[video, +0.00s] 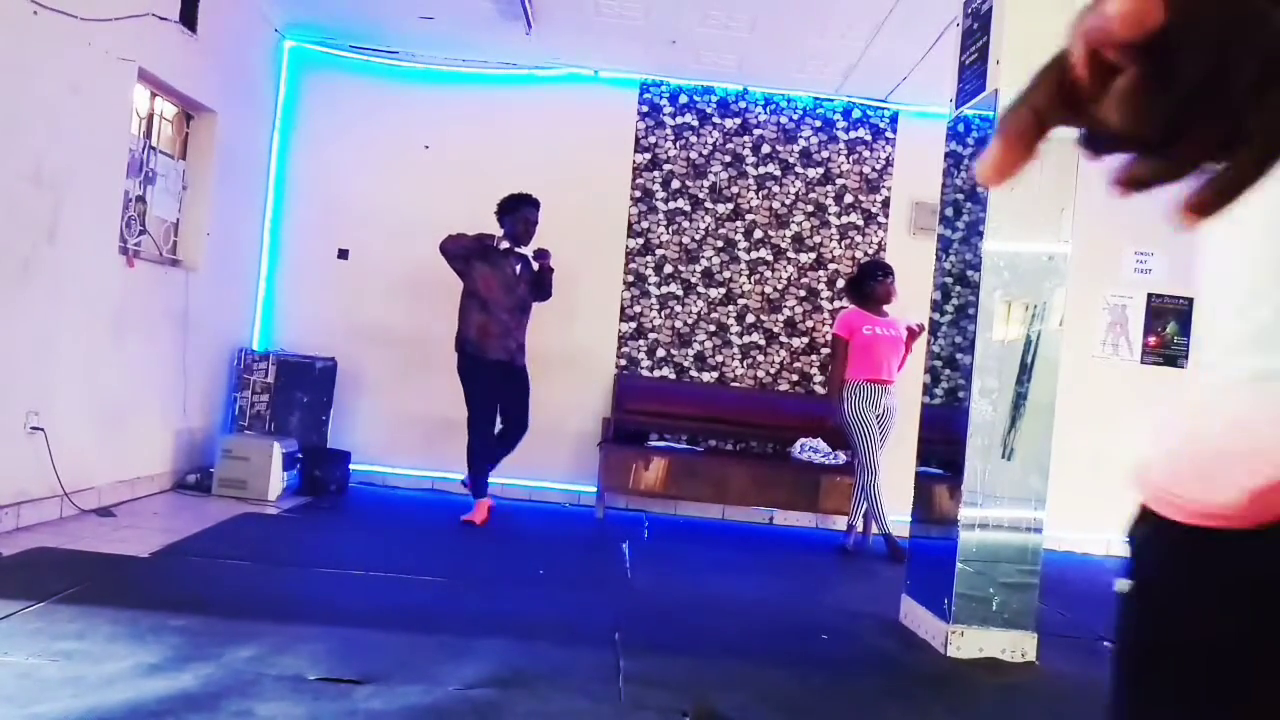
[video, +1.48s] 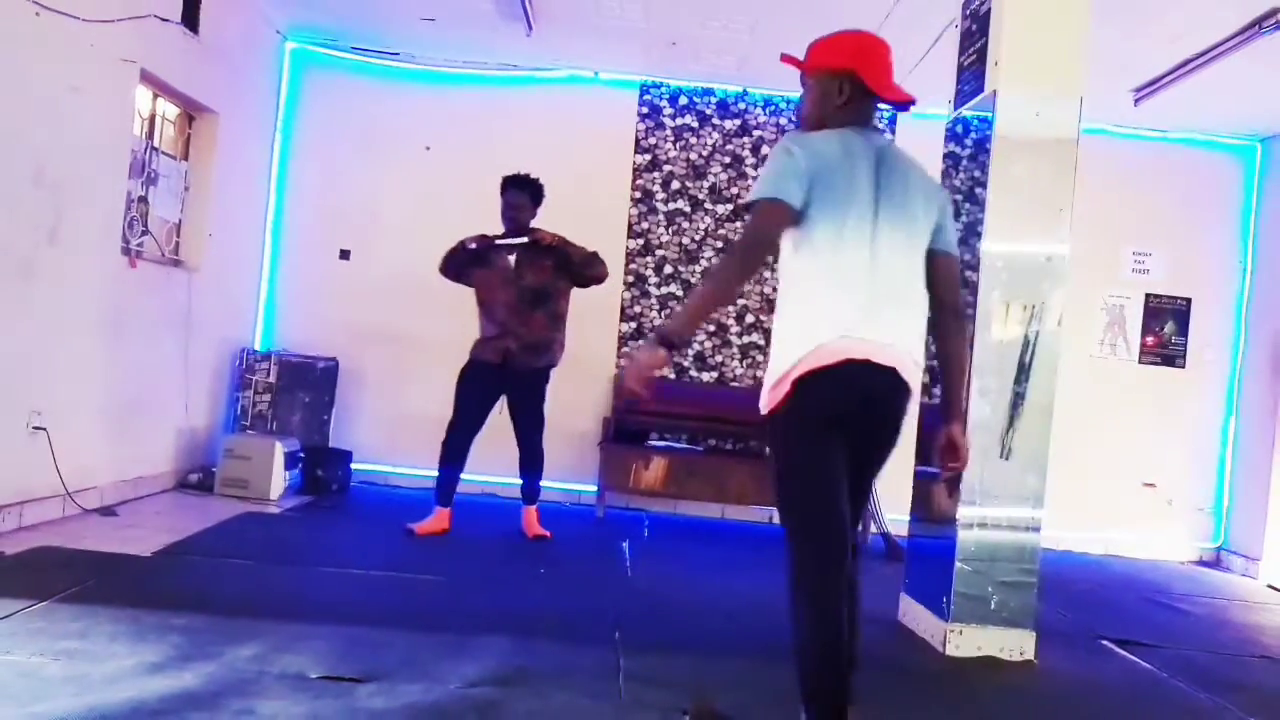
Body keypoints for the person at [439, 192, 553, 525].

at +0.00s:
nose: (532, 228)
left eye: (535, 222)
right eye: (527, 221)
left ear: (534, 226)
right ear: (507, 220)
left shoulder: (527, 267)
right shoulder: (479, 255)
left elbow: (543, 293)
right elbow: (448, 246)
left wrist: (544, 268)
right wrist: (484, 240)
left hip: (511, 357)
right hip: (477, 352)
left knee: (516, 425)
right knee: (481, 424)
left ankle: (477, 472)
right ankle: (481, 499)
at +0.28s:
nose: (534, 223)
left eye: (537, 217)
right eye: (528, 216)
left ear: (537, 221)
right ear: (508, 215)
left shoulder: (532, 263)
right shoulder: (476, 253)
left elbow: (553, 292)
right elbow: (442, 241)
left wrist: (553, 265)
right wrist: (478, 234)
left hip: (518, 361)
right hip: (477, 357)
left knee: (529, 427)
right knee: (477, 428)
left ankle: (519, 504)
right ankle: (479, 502)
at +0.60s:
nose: (537, 220)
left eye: (543, 214)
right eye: (531, 212)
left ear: (547, 218)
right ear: (515, 211)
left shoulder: (554, 264)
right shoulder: (482, 253)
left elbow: (587, 292)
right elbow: (437, 246)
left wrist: (572, 260)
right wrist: (481, 237)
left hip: (526, 361)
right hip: (483, 358)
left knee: (526, 434)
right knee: (481, 430)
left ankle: (528, 512)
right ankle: (480, 501)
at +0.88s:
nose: (540, 212)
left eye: (546, 206)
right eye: (533, 205)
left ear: (556, 211)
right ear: (522, 208)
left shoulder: (572, 260)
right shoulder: (500, 255)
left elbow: (616, 279)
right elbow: (458, 260)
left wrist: (585, 248)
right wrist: (487, 239)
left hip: (541, 365)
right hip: (497, 360)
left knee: (534, 438)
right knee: (484, 430)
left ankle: (530, 512)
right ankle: (482, 496)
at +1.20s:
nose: (526, 208)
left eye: (534, 201)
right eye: (522, 199)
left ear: (549, 204)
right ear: (515, 201)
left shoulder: (570, 251)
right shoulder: (506, 251)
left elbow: (611, 264)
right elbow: (472, 267)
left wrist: (572, 239)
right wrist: (488, 243)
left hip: (545, 358)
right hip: (502, 353)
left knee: (535, 436)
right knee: (476, 425)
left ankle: (529, 515)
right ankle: (444, 504)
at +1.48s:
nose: (510, 214)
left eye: (518, 207)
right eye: (506, 206)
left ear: (534, 209)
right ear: (501, 205)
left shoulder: (555, 255)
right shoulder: (486, 256)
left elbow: (598, 273)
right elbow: (448, 269)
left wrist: (559, 245)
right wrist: (468, 246)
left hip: (531, 365)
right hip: (487, 359)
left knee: (530, 440)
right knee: (459, 431)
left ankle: (530, 513)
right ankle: (441, 511)